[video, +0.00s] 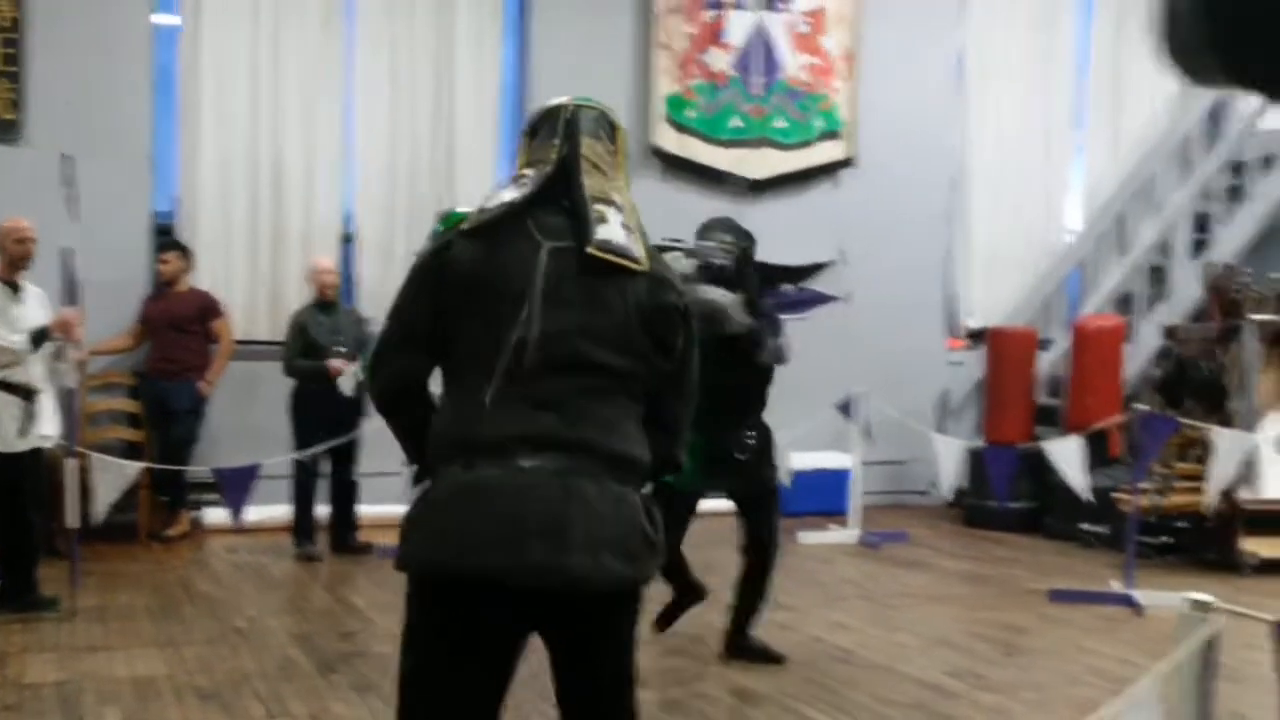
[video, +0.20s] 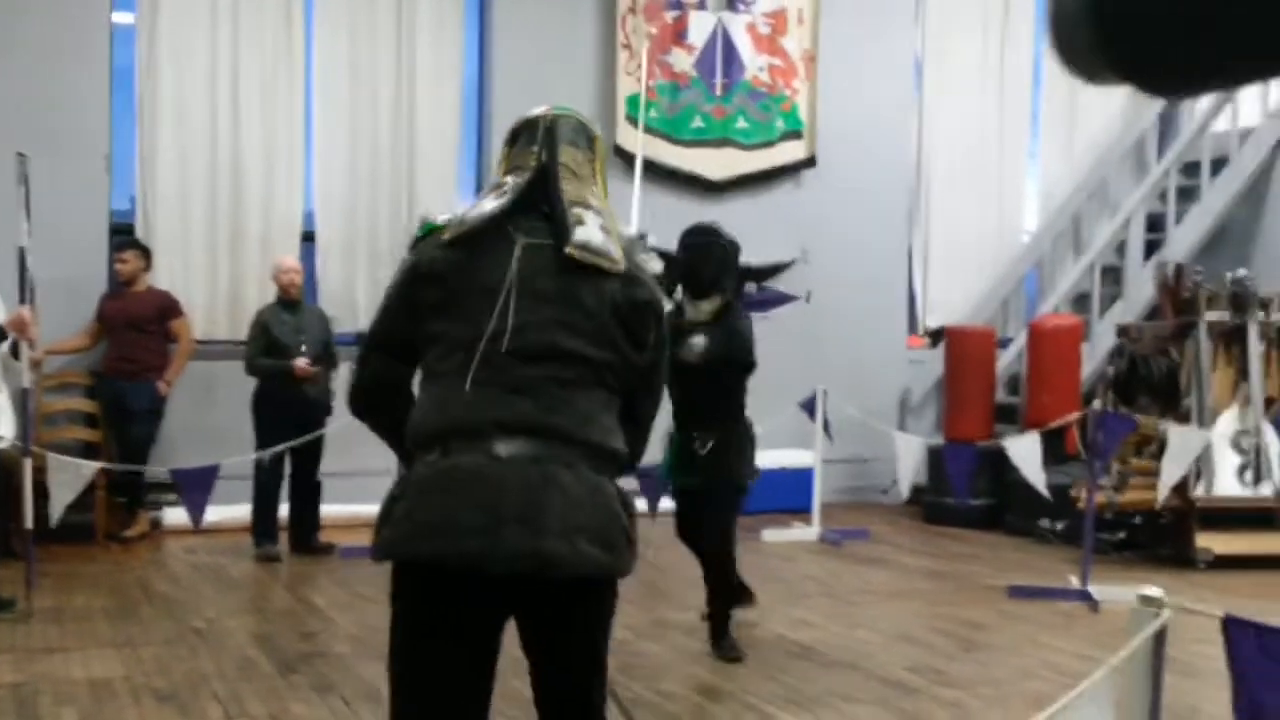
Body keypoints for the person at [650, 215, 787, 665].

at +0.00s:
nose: (712, 264)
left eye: (725, 256)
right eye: (706, 254)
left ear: (743, 263)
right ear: (695, 254)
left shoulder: (758, 314)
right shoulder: (680, 300)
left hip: (743, 437)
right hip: (687, 436)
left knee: (761, 540)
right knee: (660, 534)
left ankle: (738, 634)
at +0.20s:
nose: (692, 281)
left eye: (701, 273)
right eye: (689, 272)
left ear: (720, 275)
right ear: (683, 273)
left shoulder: (733, 323)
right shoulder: (677, 317)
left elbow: (741, 365)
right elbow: (649, 352)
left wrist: (702, 351)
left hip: (726, 438)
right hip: (687, 435)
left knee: (717, 530)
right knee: (688, 526)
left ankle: (720, 627)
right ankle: (731, 585)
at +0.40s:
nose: (642, 279)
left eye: (648, 271)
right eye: (644, 270)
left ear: (665, 275)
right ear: (684, 273)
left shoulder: (692, 329)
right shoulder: (679, 318)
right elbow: (645, 344)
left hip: (716, 444)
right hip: (700, 441)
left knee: (694, 527)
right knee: (679, 518)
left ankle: (731, 625)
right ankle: (714, 599)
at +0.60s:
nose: (600, 295)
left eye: (604, 286)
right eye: (600, 286)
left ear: (620, 289)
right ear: (643, 285)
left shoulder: (654, 336)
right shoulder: (656, 329)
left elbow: (609, 384)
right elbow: (615, 380)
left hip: (686, 453)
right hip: (677, 450)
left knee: (674, 530)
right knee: (656, 519)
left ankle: (704, 627)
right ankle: (681, 603)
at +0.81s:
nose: (573, 304)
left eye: (577, 297)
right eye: (574, 297)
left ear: (590, 297)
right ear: (610, 293)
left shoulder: (612, 338)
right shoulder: (624, 330)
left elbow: (609, 408)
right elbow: (615, 407)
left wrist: (590, 448)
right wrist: (595, 446)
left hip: (650, 450)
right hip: (649, 447)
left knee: (639, 531)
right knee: (618, 518)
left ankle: (671, 627)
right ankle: (647, 602)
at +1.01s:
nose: (539, 315)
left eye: (544, 305)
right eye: (539, 308)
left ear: (563, 300)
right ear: (572, 298)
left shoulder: (594, 347)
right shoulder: (570, 342)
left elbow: (603, 425)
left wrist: (581, 473)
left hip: (630, 456)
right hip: (606, 454)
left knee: (608, 536)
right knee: (582, 524)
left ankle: (620, 629)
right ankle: (617, 600)